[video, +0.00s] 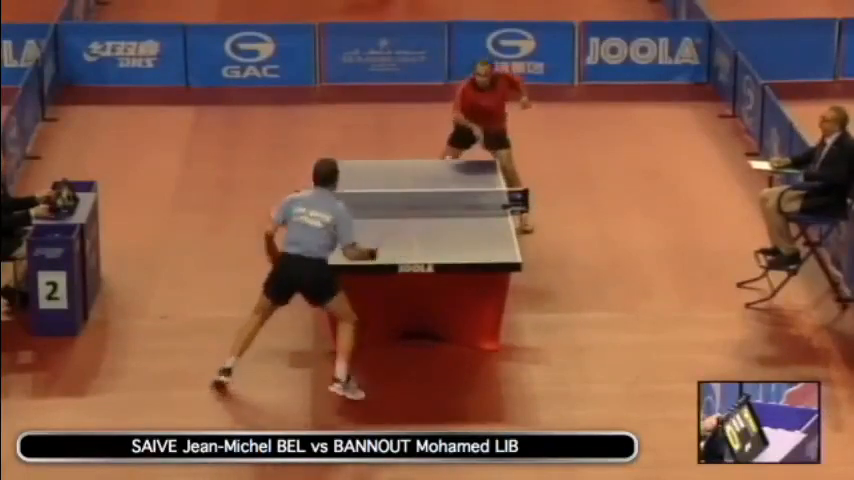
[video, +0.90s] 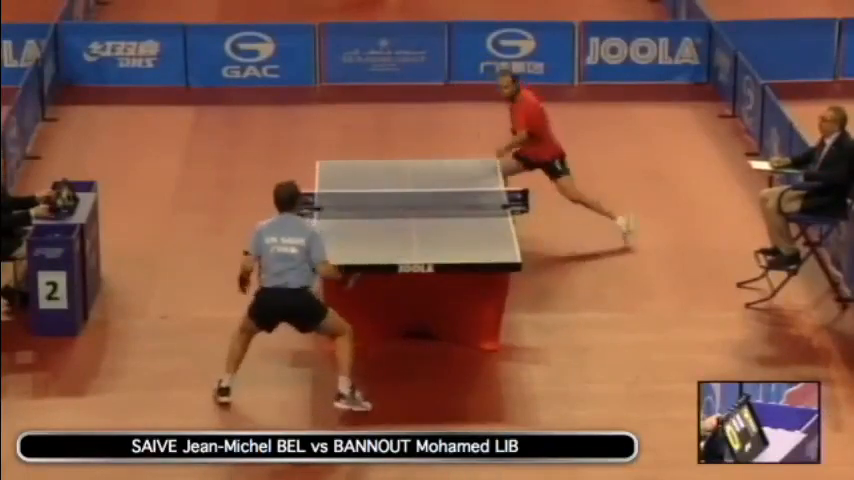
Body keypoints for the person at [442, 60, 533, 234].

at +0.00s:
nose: (481, 79)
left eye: (485, 76)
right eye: (479, 75)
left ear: (491, 74)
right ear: (474, 74)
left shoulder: (501, 81)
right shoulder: (466, 88)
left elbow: (517, 83)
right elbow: (456, 115)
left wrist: (524, 97)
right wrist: (473, 127)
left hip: (494, 128)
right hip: (469, 126)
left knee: (507, 167)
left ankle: (522, 214)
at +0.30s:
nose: (471, 71)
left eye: (475, 68)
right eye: (469, 67)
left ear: (483, 68)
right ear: (467, 68)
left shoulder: (498, 82)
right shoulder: (458, 86)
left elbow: (515, 97)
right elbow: (444, 110)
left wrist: (513, 114)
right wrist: (448, 130)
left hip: (493, 131)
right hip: (465, 130)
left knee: (507, 166)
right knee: (446, 163)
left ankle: (522, 211)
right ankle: (437, 206)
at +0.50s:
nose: (465, 80)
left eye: (470, 76)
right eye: (463, 76)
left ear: (478, 77)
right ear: (460, 76)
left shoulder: (492, 94)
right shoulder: (453, 96)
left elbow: (509, 108)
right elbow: (441, 116)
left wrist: (513, 113)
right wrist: (437, 128)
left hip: (492, 146)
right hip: (463, 146)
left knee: (513, 176)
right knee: (441, 173)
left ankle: (520, 217)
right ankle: (442, 217)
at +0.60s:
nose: (473, 74)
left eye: (476, 70)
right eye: (470, 70)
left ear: (485, 71)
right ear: (468, 73)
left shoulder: (501, 84)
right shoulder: (468, 95)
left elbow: (527, 92)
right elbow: (453, 114)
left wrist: (507, 92)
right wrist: (436, 124)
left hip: (513, 138)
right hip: (485, 140)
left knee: (532, 179)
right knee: (463, 174)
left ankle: (525, 212)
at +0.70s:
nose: (478, 73)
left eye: (482, 69)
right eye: (476, 69)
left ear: (490, 70)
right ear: (475, 71)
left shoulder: (507, 83)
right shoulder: (476, 94)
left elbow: (522, 102)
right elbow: (468, 116)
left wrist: (499, 110)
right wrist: (452, 132)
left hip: (526, 135)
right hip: (501, 137)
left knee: (539, 175)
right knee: (478, 167)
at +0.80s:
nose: (491, 83)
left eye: (494, 79)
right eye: (489, 79)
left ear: (503, 78)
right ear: (489, 81)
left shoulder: (516, 96)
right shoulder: (499, 98)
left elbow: (517, 126)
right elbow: (502, 125)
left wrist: (494, 134)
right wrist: (499, 147)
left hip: (542, 145)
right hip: (520, 145)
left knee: (561, 187)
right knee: (491, 174)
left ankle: (599, 216)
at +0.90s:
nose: (504, 91)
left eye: (507, 86)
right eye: (502, 87)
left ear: (516, 85)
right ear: (503, 87)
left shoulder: (525, 103)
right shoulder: (518, 100)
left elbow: (522, 136)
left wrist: (504, 149)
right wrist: (514, 145)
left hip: (551, 155)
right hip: (531, 154)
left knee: (572, 194)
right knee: (497, 171)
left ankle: (618, 220)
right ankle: (501, 213)